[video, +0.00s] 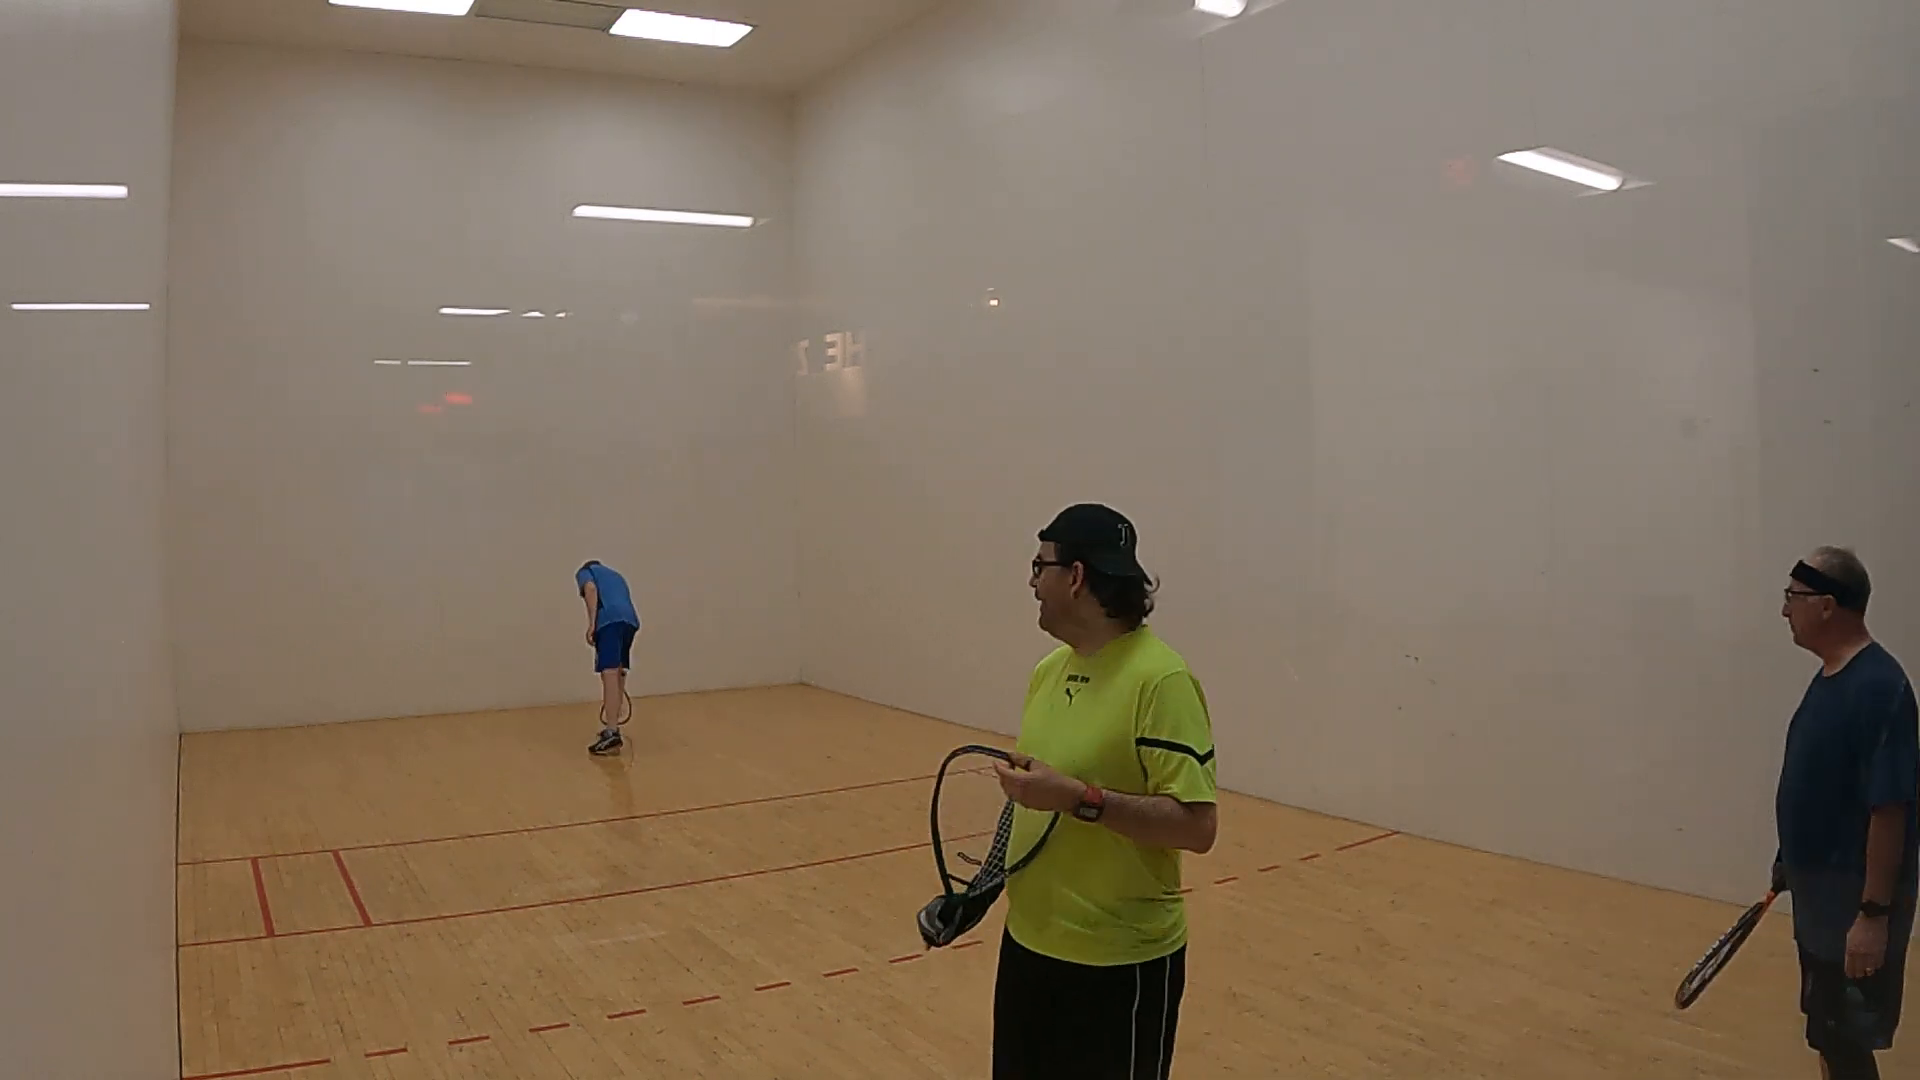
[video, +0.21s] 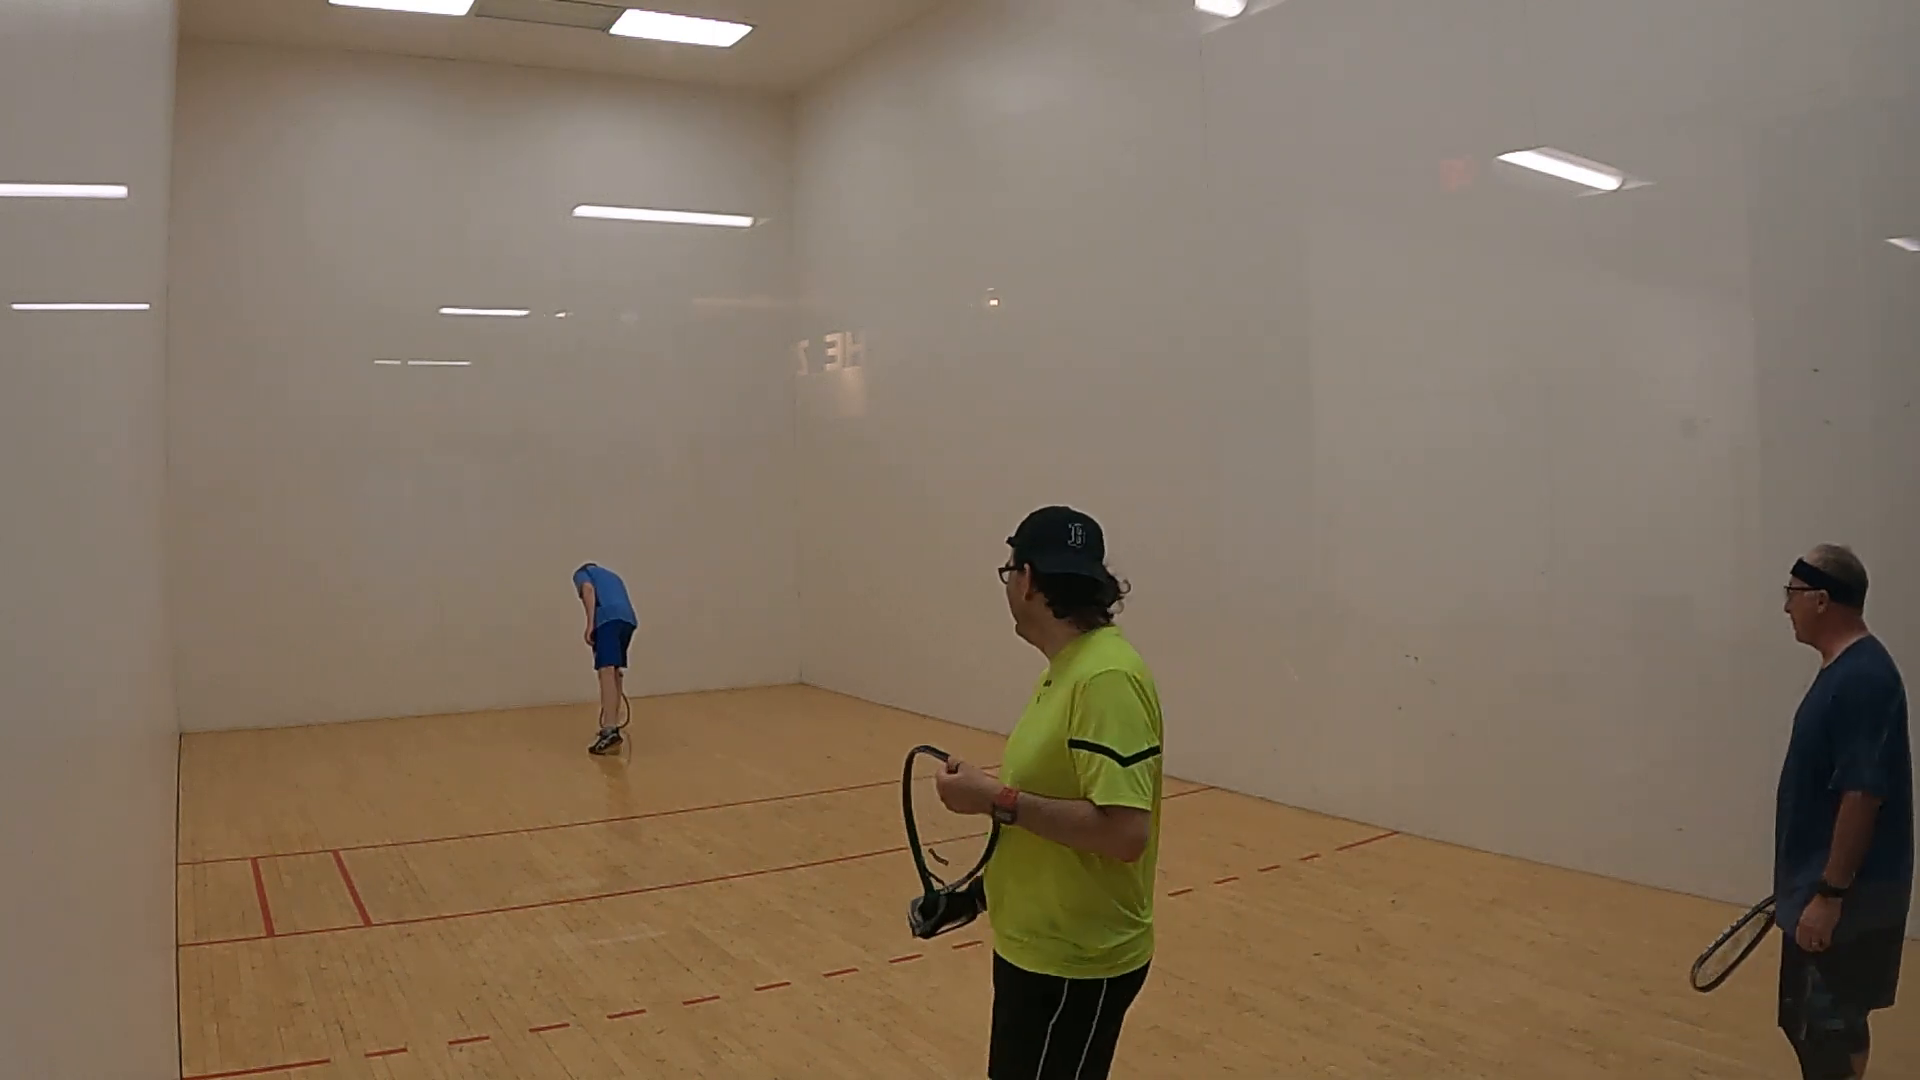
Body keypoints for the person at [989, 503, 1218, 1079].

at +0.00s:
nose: (1031, 583)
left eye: (1040, 567)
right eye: (1035, 567)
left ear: (1076, 578)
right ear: (1076, 578)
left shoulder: (1163, 680)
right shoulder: (1048, 671)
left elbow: (1198, 827)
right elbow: (1028, 811)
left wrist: (1077, 797)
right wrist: (975, 898)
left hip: (1121, 967)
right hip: (1031, 948)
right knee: (1017, 1071)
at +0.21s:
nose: (1006, 591)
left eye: (1008, 574)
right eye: (1007, 575)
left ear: (1028, 581)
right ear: (1084, 581)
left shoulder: (1109, 678)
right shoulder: (1069, 669)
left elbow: (1123, 835)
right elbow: (1051, 813)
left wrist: (998, 798)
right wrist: (976, 893)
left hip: (1074, 965)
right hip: (1041, 950)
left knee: (1048, 1077)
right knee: (1016, 1071)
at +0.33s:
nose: (997, 596)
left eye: (997, 579)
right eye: (997, 580)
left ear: (1016, 586)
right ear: (1079, 581)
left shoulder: (1070, 681)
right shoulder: (1096, 663)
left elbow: (1053, 843)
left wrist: (959, 789)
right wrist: (983, 890)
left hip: (1052, 967)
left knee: (998, 1073)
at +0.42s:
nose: (991, 604)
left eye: (989, 586)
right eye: (990, 587)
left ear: (1004, 589)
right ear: (1070, 584)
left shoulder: (1042, 687)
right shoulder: (1103, 663)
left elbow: (992, 848)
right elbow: (1080, 809)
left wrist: (949, 780)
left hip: (1037, 975)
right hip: (1102, 952)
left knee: (990, 1074)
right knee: (1054, 1071)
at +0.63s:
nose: (969, 605)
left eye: (968, 592)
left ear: (975, 596)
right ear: (1062, 589)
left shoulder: (971, 692)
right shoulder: (1115, 675)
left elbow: (907, 835)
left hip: (1006, 991)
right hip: (1109, 973)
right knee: (1075, 1072)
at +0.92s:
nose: (1053, 588)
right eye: (1053, 578)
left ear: (957, 597)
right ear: (1049, 587)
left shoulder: (925, 696)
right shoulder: (1113, 683)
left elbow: (896, 843)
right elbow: (1128, 815)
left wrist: (968, 794)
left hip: (983, 1010)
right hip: (1109, 999)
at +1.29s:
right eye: (1130, 581)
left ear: (1033, 592)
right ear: (1123, 589)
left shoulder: (987, 694)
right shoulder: (1180, 692)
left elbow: (948, 829)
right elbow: (1188, 828)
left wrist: (1025, 790)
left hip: (1017, 1015)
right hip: (1148, 1010)